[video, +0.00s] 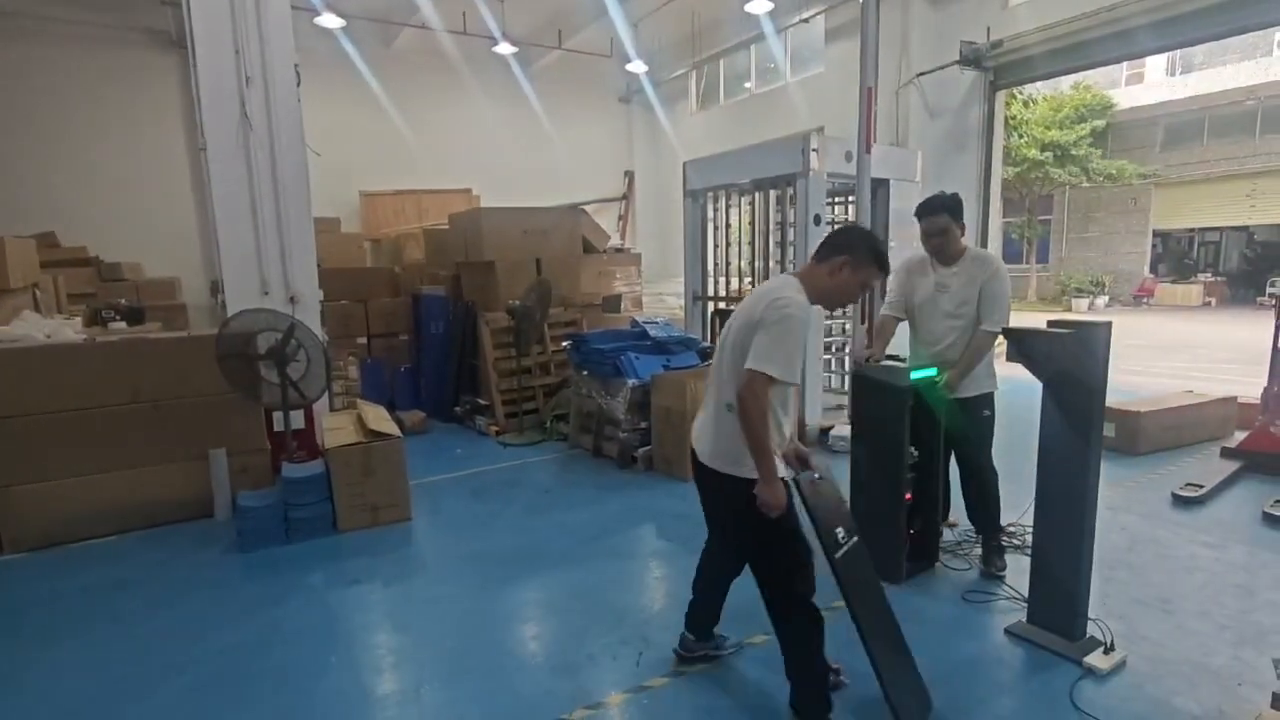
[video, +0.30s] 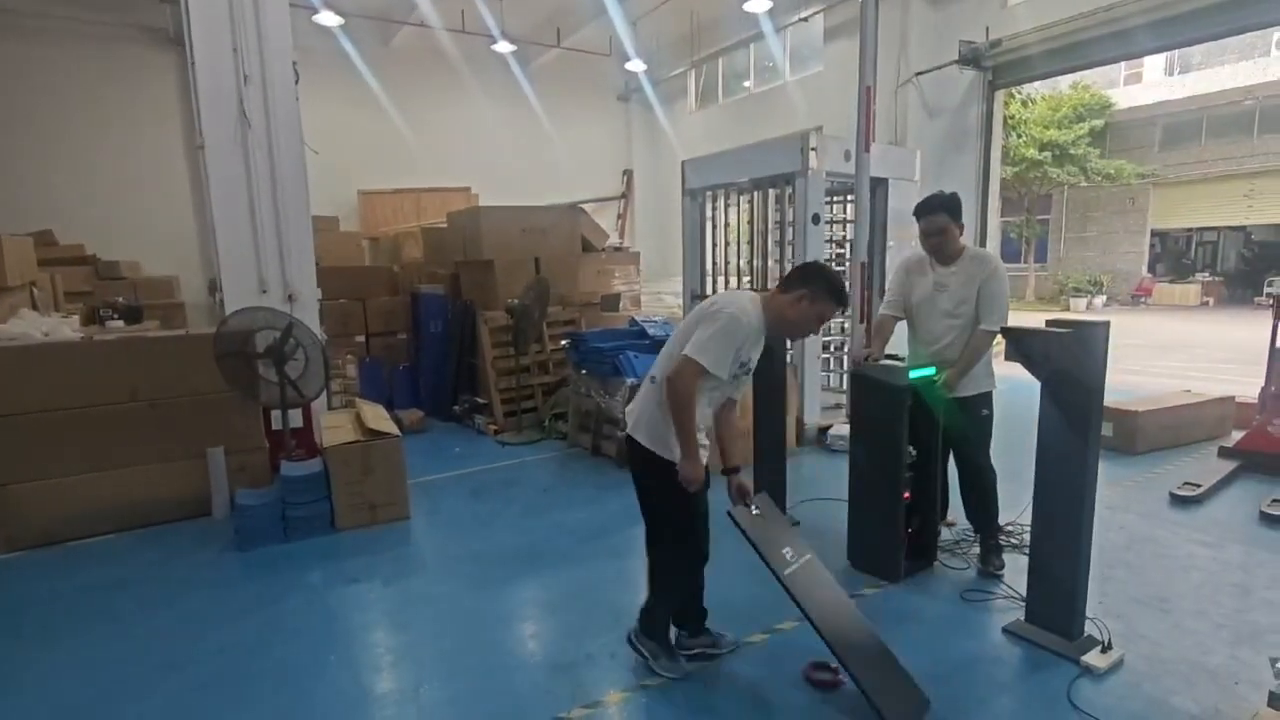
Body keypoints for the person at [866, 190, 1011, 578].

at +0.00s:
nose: (932, 244)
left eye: (939, 235)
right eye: (926, 236)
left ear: (961, 229)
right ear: (919, 233)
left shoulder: (988, 268)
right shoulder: (911, 268)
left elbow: (989, 330)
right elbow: (889, 315)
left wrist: (954, 376)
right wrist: (875, 349)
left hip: (973, 388)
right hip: (925, 388)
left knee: (977, 468)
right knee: (927, 469)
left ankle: (991, 542)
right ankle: (924, 545)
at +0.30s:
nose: (931, 243)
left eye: (938, 234)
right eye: (925, 235)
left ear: (960, 229)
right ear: (918, 233)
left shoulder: (987, 267)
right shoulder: (910, 266)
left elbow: (988, 328)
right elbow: (888, 314)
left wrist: (955, 373)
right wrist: (872, 349)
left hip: (971, 387)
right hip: (923, 386)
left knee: (976, 468)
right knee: (925, 468)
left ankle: (989, 542)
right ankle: (922, 544)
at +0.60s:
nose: (929, 241)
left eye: (937, 233)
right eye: (923, 234)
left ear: (959, 228)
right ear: (916, 231)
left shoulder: (986, 266)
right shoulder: (909, 264)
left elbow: (987, 327)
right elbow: (887, 311)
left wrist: (955, 372)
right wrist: (873, 348)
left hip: (969, 386)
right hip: (921, 385)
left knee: (974, 468)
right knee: (924, 468)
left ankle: (987, 541)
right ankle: (921, 543)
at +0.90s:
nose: (926, 240)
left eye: (934, 232)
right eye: (920, 232)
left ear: (957, 227)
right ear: (914, 230)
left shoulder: (984, 264)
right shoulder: (907, 264)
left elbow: (985, 326)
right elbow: (885, 311)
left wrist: (955, 369)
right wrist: (872, 345)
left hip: (967, 384)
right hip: (919, 382)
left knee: (971, 466)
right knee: (922, 466)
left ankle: (986, 539)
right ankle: (919, 543)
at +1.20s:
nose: (923, 239)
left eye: (932, 231)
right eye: (918, 231)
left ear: (955, 226)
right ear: (912, 229)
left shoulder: (982, 264)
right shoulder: (906, 264)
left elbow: (983, 326)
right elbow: (884, 311)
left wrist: (952, 369)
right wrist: (870, 344)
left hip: (966, 384)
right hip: (918, 382)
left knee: (970, 466)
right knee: (921, 466)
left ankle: (984, 539)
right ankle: (917, 544)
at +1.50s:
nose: (920, 239)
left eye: (929, 231)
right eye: (915, 231)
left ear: (952, 227)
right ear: (910, 229)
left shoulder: (979, 264)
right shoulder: (903, 264)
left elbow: (981, 326)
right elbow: (881, 311)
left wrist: (951, 369)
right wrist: (867, 345)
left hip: (963, 384)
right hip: (916, 382)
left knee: (967, 465)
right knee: (918, 465)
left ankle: (981, 538)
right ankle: (914, 544)